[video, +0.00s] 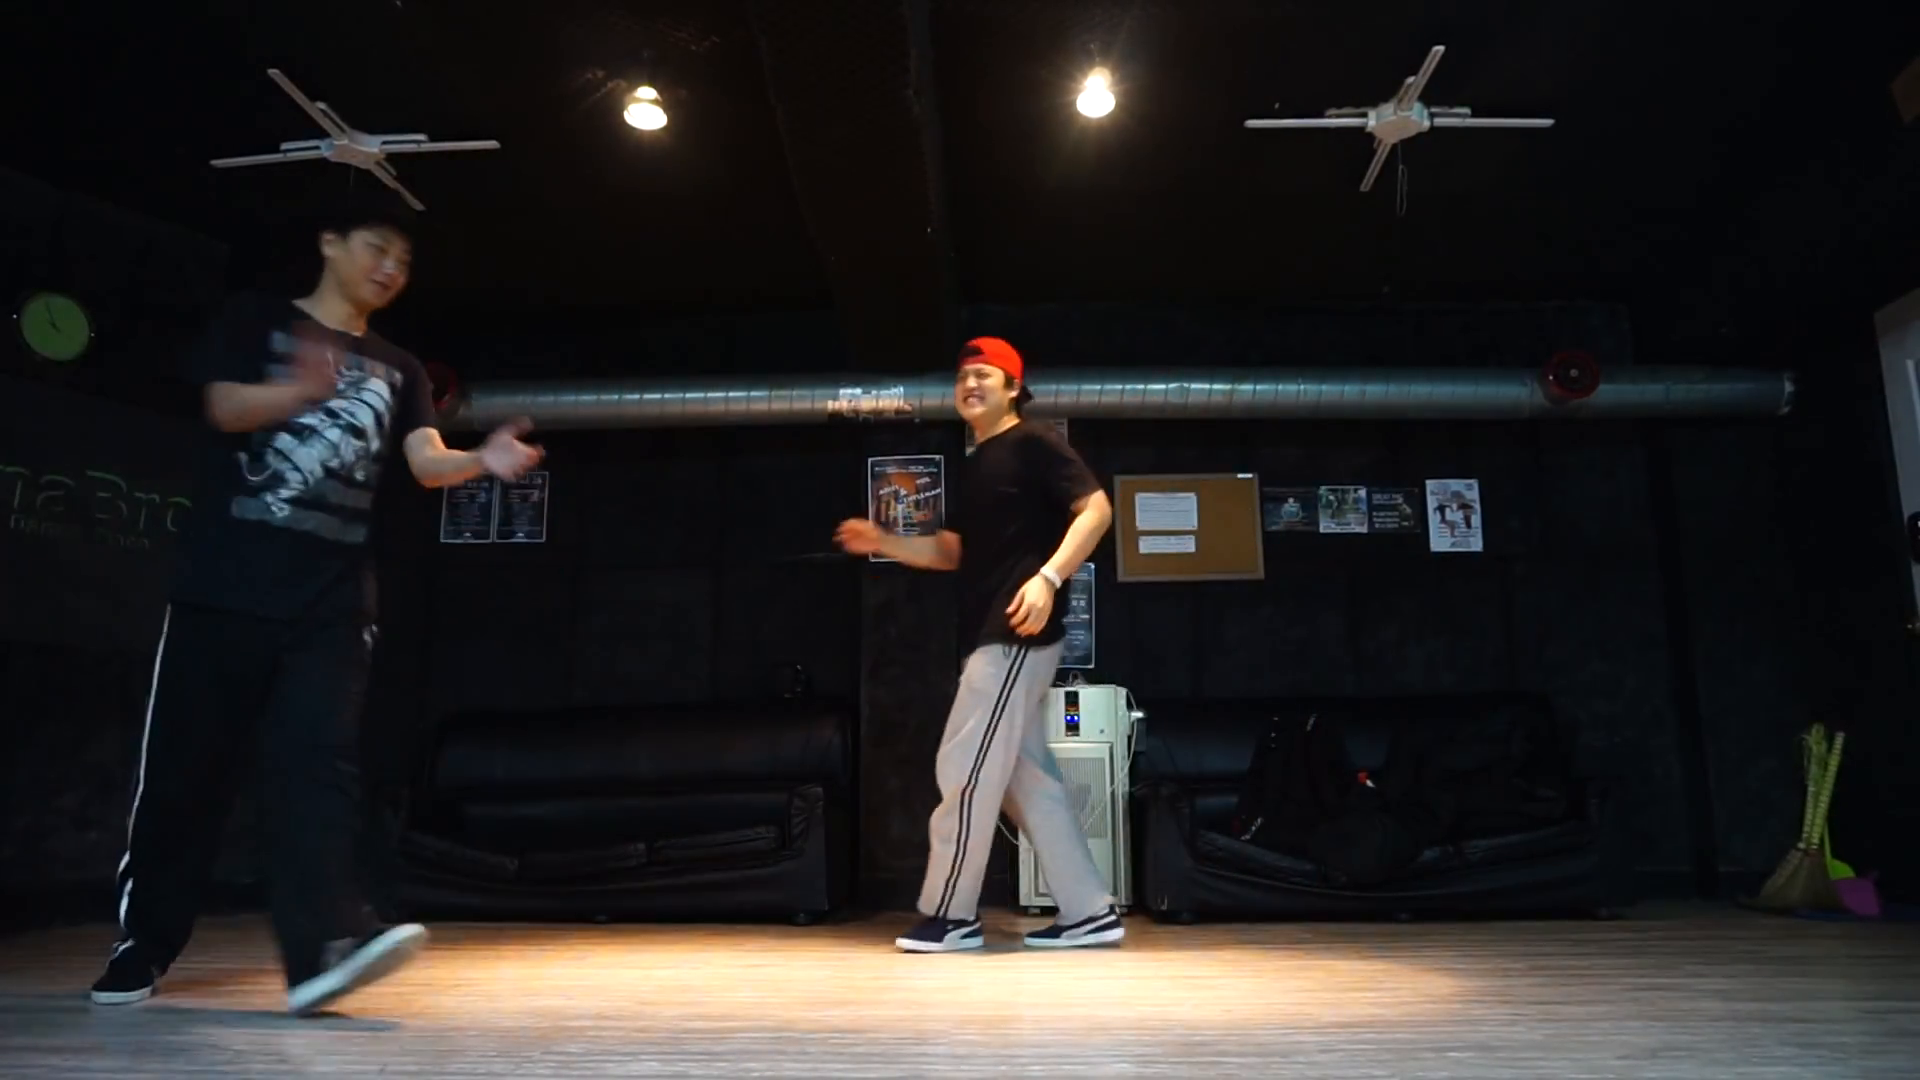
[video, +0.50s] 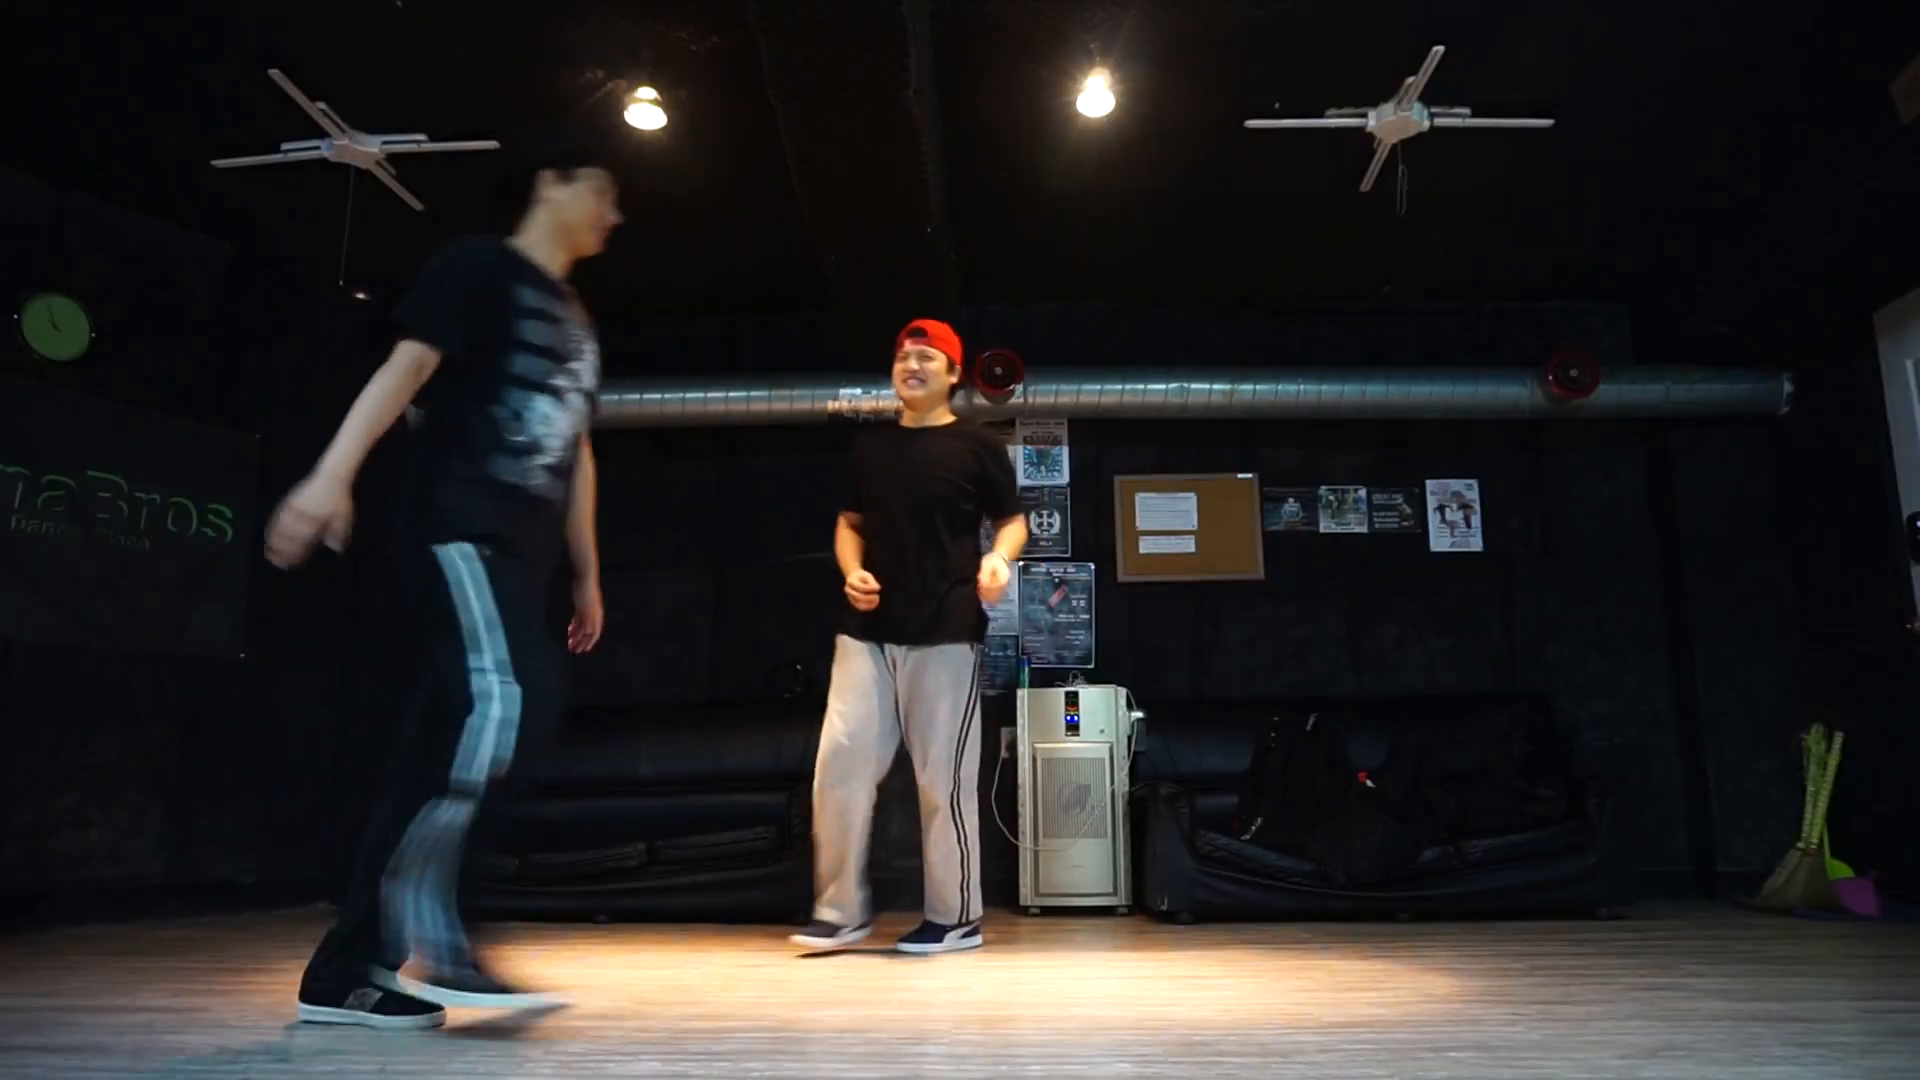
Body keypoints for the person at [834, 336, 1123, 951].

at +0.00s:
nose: (970, 385)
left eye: (983, 376)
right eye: (964, 377)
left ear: (1012, 390)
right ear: (957, 393)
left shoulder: (1035, 444)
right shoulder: (973, 465)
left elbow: (1097, 509)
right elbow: (952, 552)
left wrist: (1049, 578)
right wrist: (883, 541)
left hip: (1019, 634)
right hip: (993, 636)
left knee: (966, 766)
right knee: (1025, 774)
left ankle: (950, 917)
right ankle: (1089, 912)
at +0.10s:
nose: (957, 392)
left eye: (972, 383)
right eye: (950, 384)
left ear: (1000, 396)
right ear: (943, 397)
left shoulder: (1023, 456)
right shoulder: (949, 470)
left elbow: (1075, 532)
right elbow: (915, 553)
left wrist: (1040, 602)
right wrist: (853, 559)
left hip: (1001, 638)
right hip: (966, 639)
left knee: (946, 773)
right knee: (988, 781)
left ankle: (949, 923)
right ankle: (1074, 900)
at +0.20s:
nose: (948, 401)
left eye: (962, 391)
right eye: (939, 391)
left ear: (989, 401)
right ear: (929, 401)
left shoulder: (1015, 467)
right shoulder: (925, 473)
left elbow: (1057, 546)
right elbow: (894, 551)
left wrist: (1031, 605)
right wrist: (848, 579)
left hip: (983, 641)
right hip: (924, 644)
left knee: (939, 777)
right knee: (901, 782)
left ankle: (951, 926)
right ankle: (1033, 870)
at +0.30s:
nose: (935, 396)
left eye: (949, 388)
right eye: (928, 387)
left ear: (976, 399)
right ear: (918, 399)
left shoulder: (1004, 468)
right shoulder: (907, 469)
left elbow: (1042, 548)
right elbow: (881, 547)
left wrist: (1023, 601)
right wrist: (856, 586)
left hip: (965, 645)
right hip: (896, 646)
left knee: (936, 778)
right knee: (865, 775)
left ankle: (951, 925)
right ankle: (974, 860)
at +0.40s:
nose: (924, 380)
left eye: (938, 372)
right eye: (917, 371)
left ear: (965, 386)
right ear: (906, 385)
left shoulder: (992, 454)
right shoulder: (889, 455)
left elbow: (1029, 535)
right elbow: (868, 535)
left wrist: (1011, 583)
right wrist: (858, 578)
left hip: (953, 644)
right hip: (879, 643)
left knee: (942, 784)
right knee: (849, 764)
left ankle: (953, 923)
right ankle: (896, 901)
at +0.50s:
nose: (911, 365)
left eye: (925, 357)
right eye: (904, 356)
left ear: (952, 375)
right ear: (893, 371)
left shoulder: (977, 446)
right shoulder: (869, 444)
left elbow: (1013, 521)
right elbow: (848, 523)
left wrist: (997, 557)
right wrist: (852, 570)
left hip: (942, 635)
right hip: (866, 635)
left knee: (943, 780)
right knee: (840, 767)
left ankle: (955, 920)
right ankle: (839, 917)